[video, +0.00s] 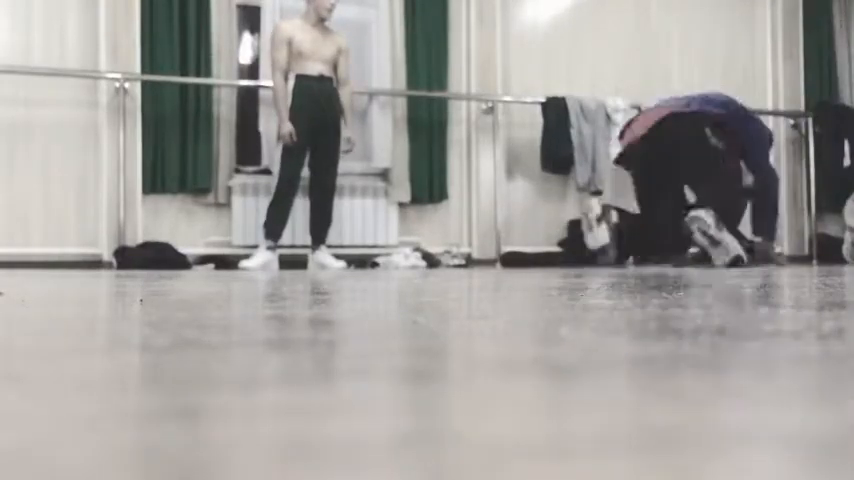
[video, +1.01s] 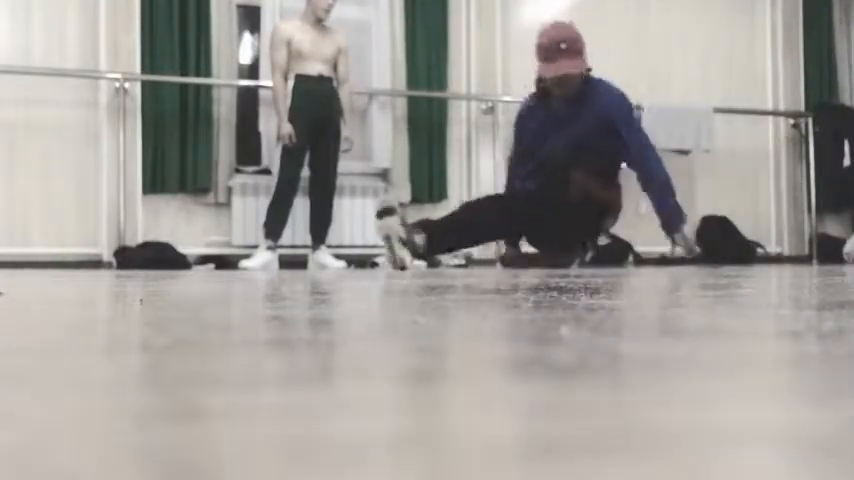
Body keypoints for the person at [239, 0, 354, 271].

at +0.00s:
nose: (331, 5)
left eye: (333, 2)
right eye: (327, 1)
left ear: (331, 8)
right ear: (312, 2)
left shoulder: (337, 40)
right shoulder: (286, 30)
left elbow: (343, 84)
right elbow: (279, 76)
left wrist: (347, 126)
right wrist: (283, 119)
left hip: (328, 100)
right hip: (299, 97)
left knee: (324, 180)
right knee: (288, 178)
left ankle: (319, 250)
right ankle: (268, 248)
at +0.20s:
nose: (331, 5)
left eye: (333, 2)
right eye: (326, 1)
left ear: (331, 7)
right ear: (311, 2)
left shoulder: (337, 40)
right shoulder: (286, 29)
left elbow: (343, 84)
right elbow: (279, 76)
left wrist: (345, 127)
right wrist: (283, 119)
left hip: (329, 100)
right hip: (299, 97)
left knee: (324, 180)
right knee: (288, 177)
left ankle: (319, 250)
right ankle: (268, 248)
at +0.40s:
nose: (331, 6)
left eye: (333, 2)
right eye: (326, 1)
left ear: (331, 7)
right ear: (311, 2)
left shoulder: (337, 40)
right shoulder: (286, 30)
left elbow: (343, 84)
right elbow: (279, 76)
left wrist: (345, 127)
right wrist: (283, 119)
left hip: (329, 100)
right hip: (299, 97)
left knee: (324, 180)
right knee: (288, 177)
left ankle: (319, 250)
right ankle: (268, 248)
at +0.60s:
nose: (329, 6)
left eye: (332, 2)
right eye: (325, 1)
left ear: (332, 7)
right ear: (310, 2)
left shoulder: (337, 40)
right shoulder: (286, 30)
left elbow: (343, 84)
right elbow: (278, 76)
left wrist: (346, 125)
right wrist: (283, 119)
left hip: (328, 101)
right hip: (299, 98)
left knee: (324, 180)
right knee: (288, 177)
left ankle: (319, 251)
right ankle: (268, 248)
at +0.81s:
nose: (329, 6)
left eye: (332, 3)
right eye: (325, 1)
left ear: (332, 7)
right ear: (310, 2)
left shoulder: (337, 40)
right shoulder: (286, 29)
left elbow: (342, 84)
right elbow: (279, 75)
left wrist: (346, 126)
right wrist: (283, 118)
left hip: (328, 101)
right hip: (299, 97)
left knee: (324, 179)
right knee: (288, 177)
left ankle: (319, 251)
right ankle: (268, 248)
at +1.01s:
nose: (329, 6)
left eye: (332, 3)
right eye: (325, 1)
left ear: (331, 7)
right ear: (310, 2)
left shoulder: (336, 39)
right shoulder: (285, 30)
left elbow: (342, 83)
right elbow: (278, 76)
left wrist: (346, 126)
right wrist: (283, 120)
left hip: (328, 99)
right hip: (299, 96)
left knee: (325, 180)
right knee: (288, 178)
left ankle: (319, 251)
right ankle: (268, 248)